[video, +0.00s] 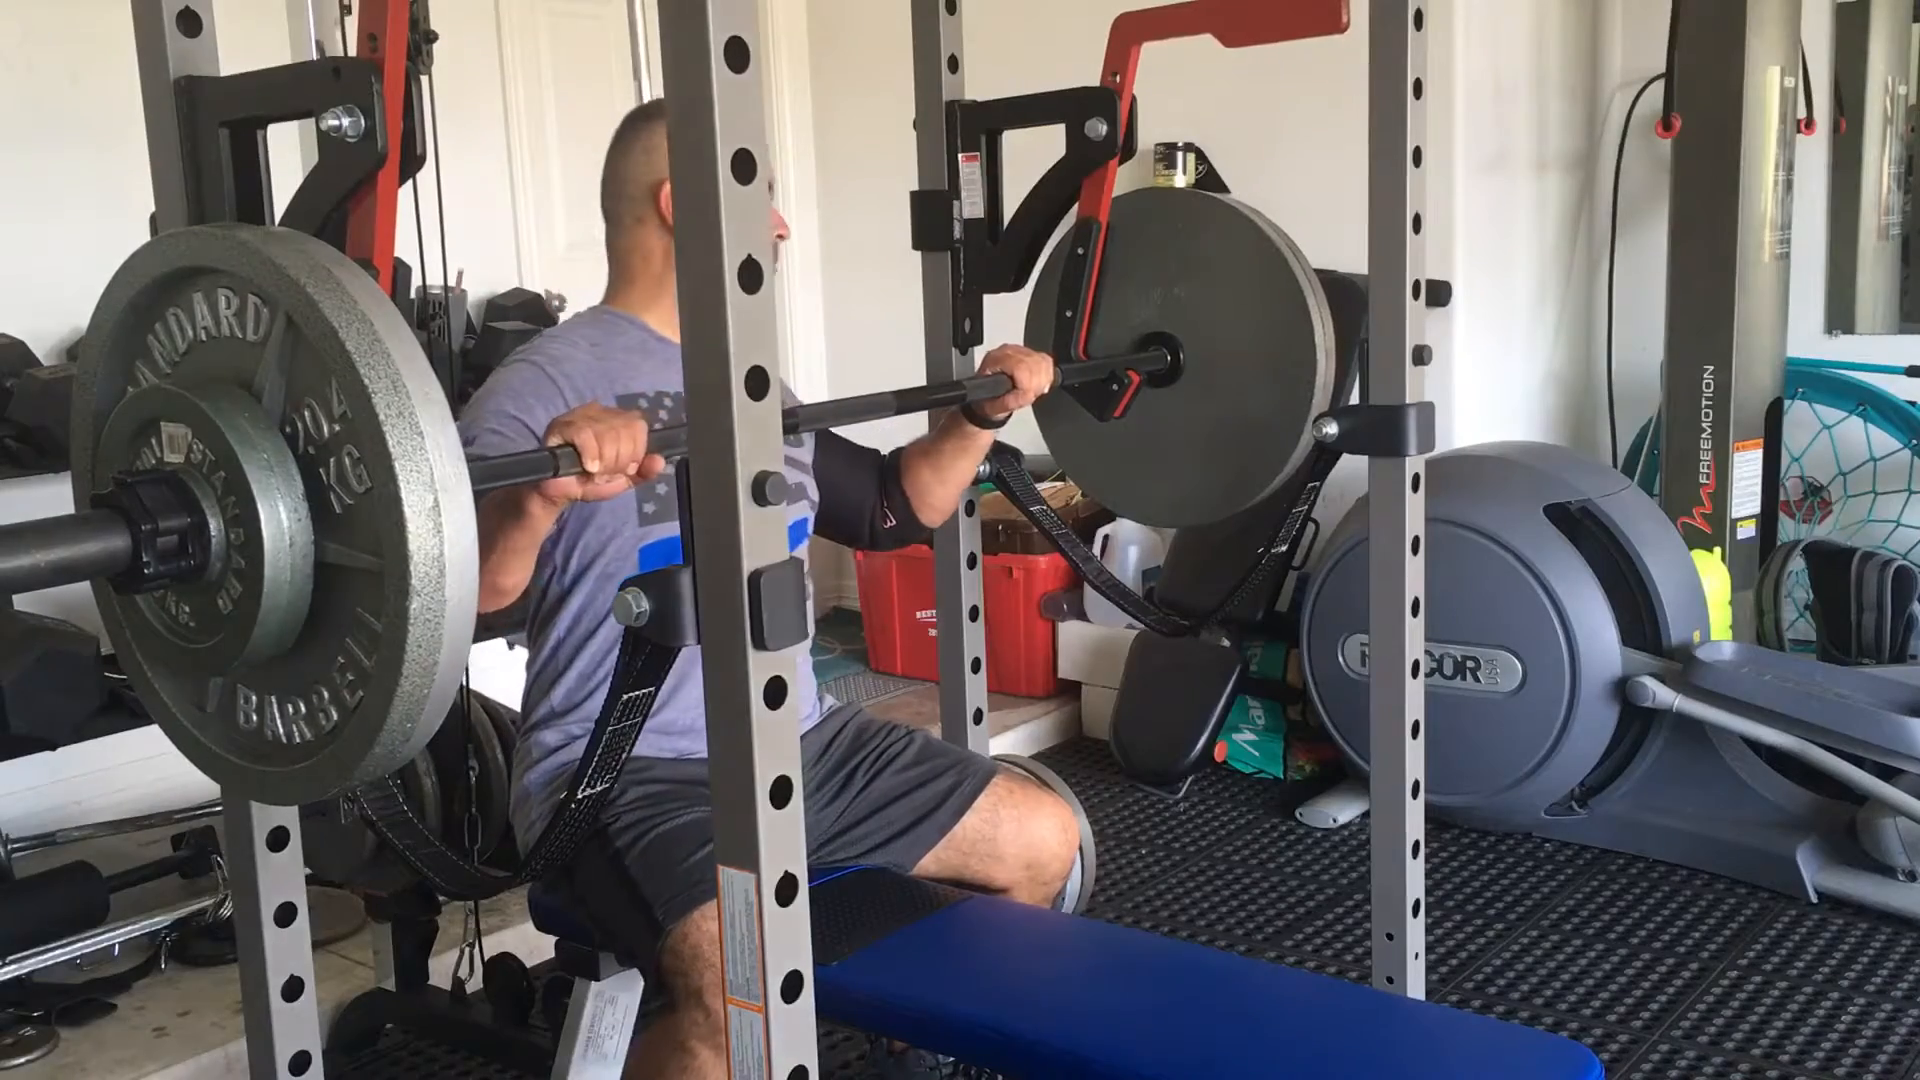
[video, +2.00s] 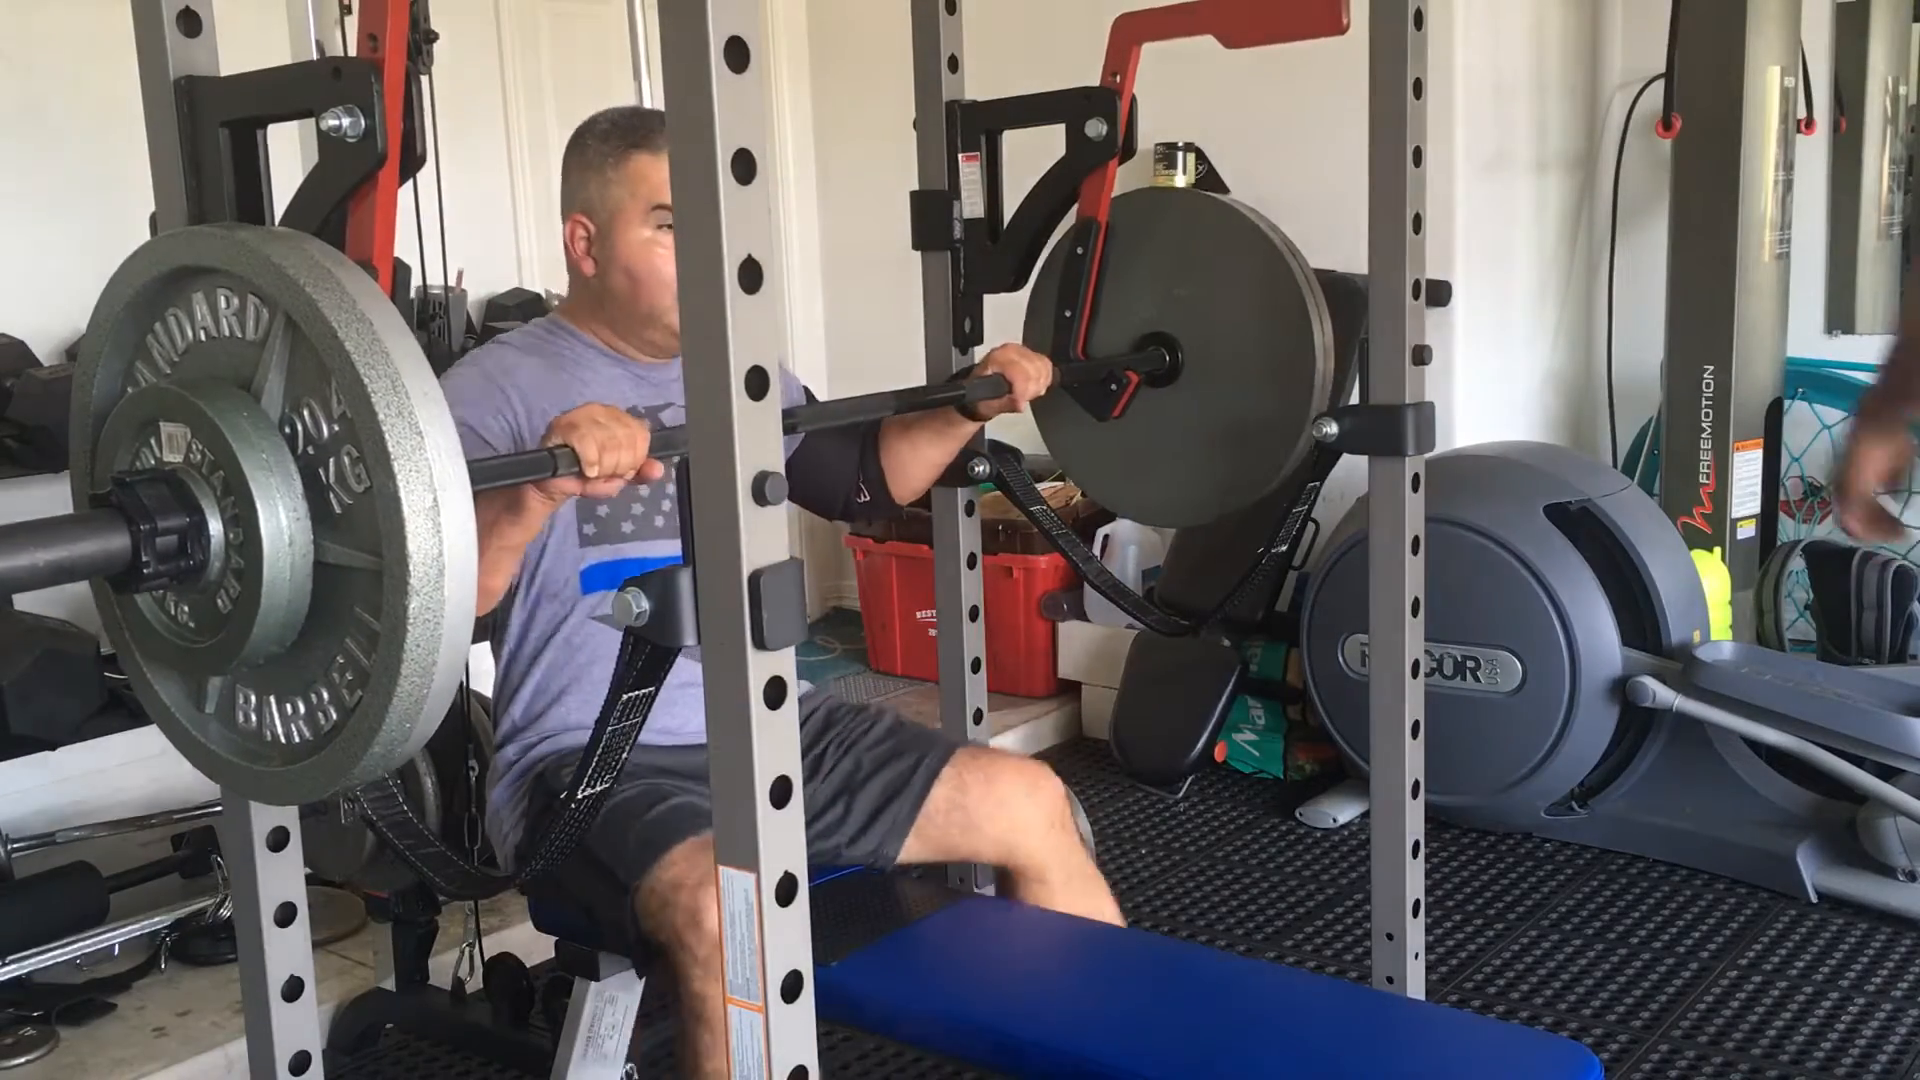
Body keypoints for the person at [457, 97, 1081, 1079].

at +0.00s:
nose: (783, 228)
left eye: (776, 197)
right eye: (755, 194)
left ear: (665, 206)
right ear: (670, 203)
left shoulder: (747, 380)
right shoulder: (542, 381)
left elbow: (891, 507)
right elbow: (478, 603)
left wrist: (978, 411)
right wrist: (544, 492)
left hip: (792, 736)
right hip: (621, 768)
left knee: (1040, 837)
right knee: (743, 967)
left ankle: (954, 1049)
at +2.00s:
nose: (703, 252)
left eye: (709, 224)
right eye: (668, 226)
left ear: (733, 235)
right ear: (584, 246)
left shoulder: (734, 373)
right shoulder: (495, 386)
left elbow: (866, 477)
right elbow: (440, 603)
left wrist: (973, 396)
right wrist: (537, 487)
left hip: (764, 726)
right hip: (590, 757)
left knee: (1028, 800)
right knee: (717, 900)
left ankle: (1126, 1050)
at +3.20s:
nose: (652, 168)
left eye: (662, 141)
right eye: (610, 143)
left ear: (685, 161)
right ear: (531, 180)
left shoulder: (721, 310)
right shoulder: (483, 343)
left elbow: (845, 475)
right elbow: (438, 579)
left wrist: (949, 404)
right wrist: (514, 474)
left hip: (889, 675)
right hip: (707, 722)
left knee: (1171, 827)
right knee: (876, 936)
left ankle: (1221, 1073)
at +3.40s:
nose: (607, 330)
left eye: (611, 309)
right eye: (565, 315)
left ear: (637, 336)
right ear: (494, 369)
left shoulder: (725, 452)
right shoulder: (514, 503)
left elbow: (900, 552)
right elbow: (490, 649)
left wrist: (953, 417)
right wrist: (524, 509)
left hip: (1012, 678)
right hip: (870, 745)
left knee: (1307, 883)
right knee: (1054, 992)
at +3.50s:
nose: (611, 456)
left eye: (610, 432)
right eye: (561, 444)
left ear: (633, 443)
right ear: (501, 493)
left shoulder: (753, 530)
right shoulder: (565, 619)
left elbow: (947, 585)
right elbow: (521, 717)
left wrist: (962, 425)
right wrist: (518, 520)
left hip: (1056, 697)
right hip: (924, 773)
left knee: (1387, 912)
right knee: (1112, 1035)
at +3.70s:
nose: (626, 567)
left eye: (636, 545)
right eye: (593, 576)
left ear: (676, 581)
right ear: (582, 626)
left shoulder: (847, 640)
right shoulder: (644, 750)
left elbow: (995, 620)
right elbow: (556, 791)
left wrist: (972, 435)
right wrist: (542, 523)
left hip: (1163, 741)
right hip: (1023, 821)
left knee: (1538, 957)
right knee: (1242, 1056)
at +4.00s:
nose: (712, 659)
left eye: (721, 648)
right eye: (704, 671)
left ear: (824, 661)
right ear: (723, 728)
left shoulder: (986, 657)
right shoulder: (807, 784)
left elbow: (1097, 606)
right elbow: (636, 774)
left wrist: (1024, 440)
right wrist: (597, 538)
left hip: (1334, 761)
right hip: (1186, 856)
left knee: (1719, 993)